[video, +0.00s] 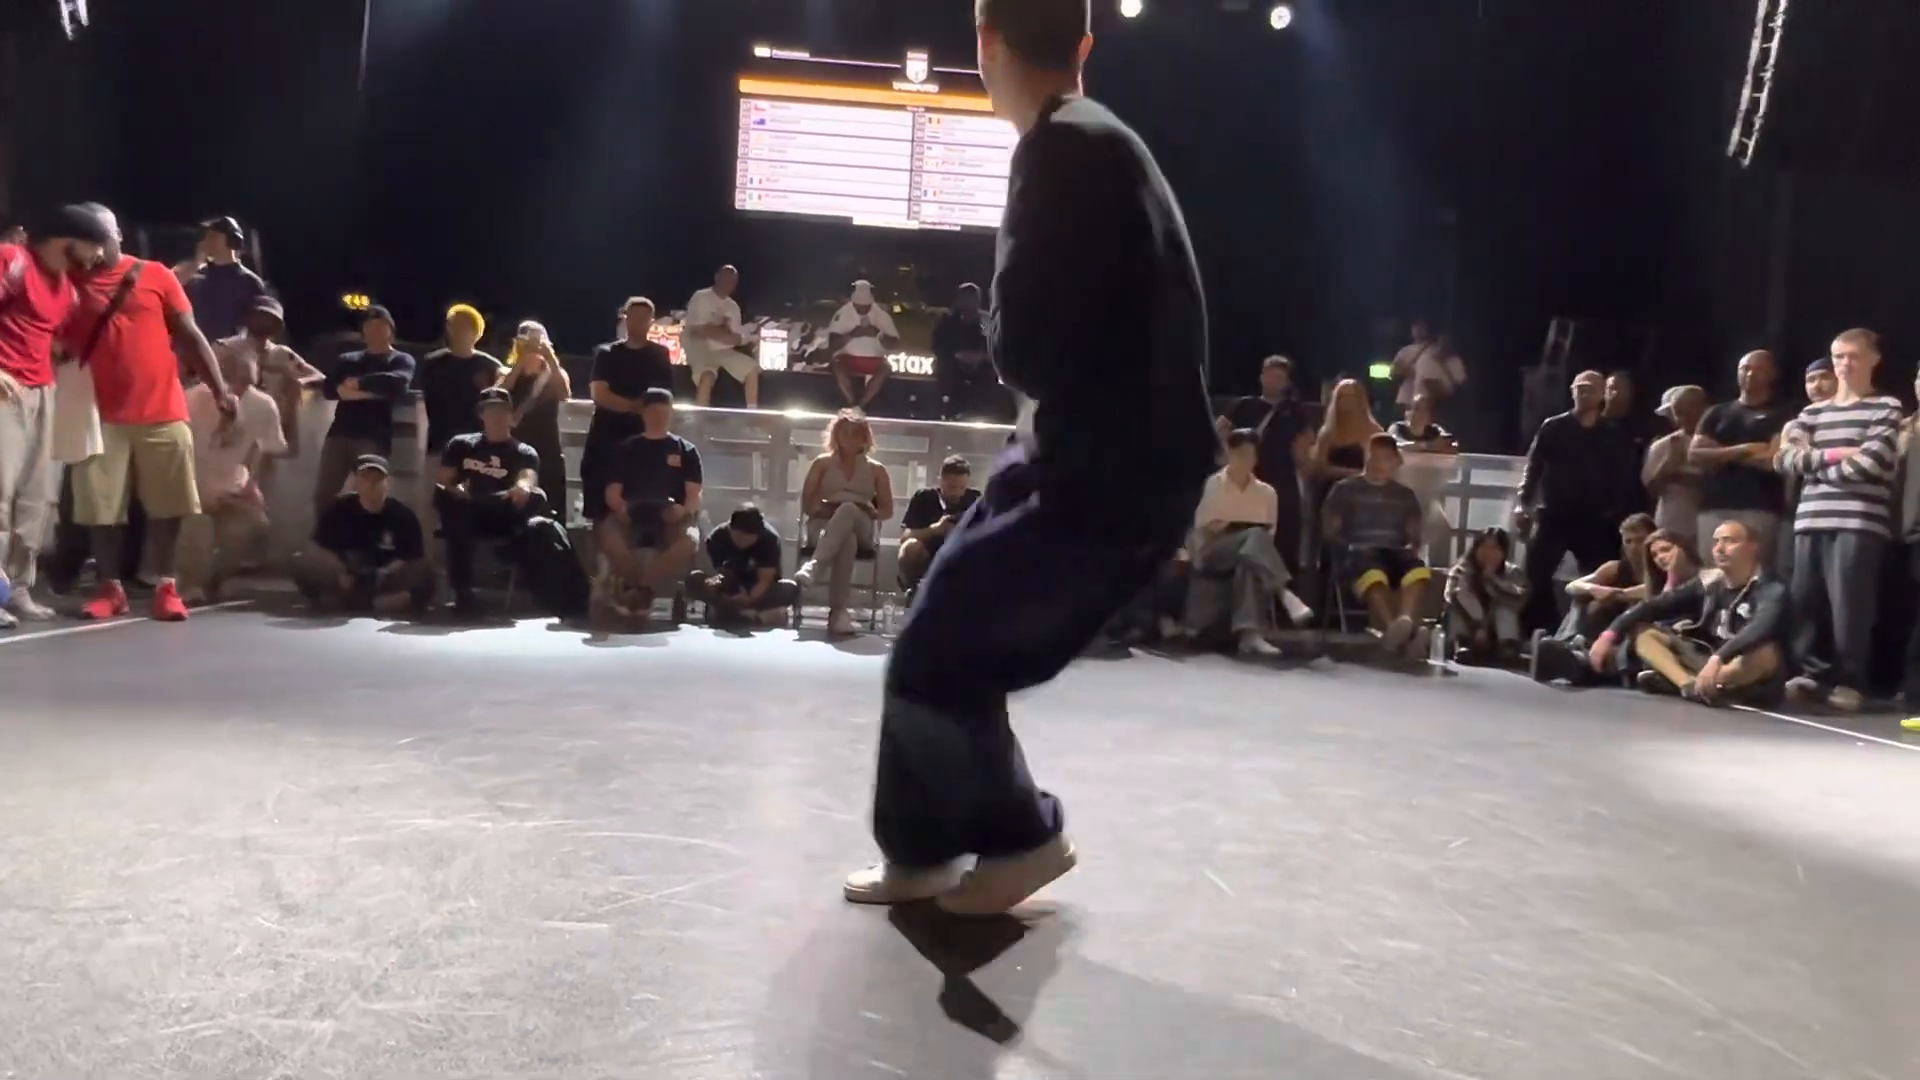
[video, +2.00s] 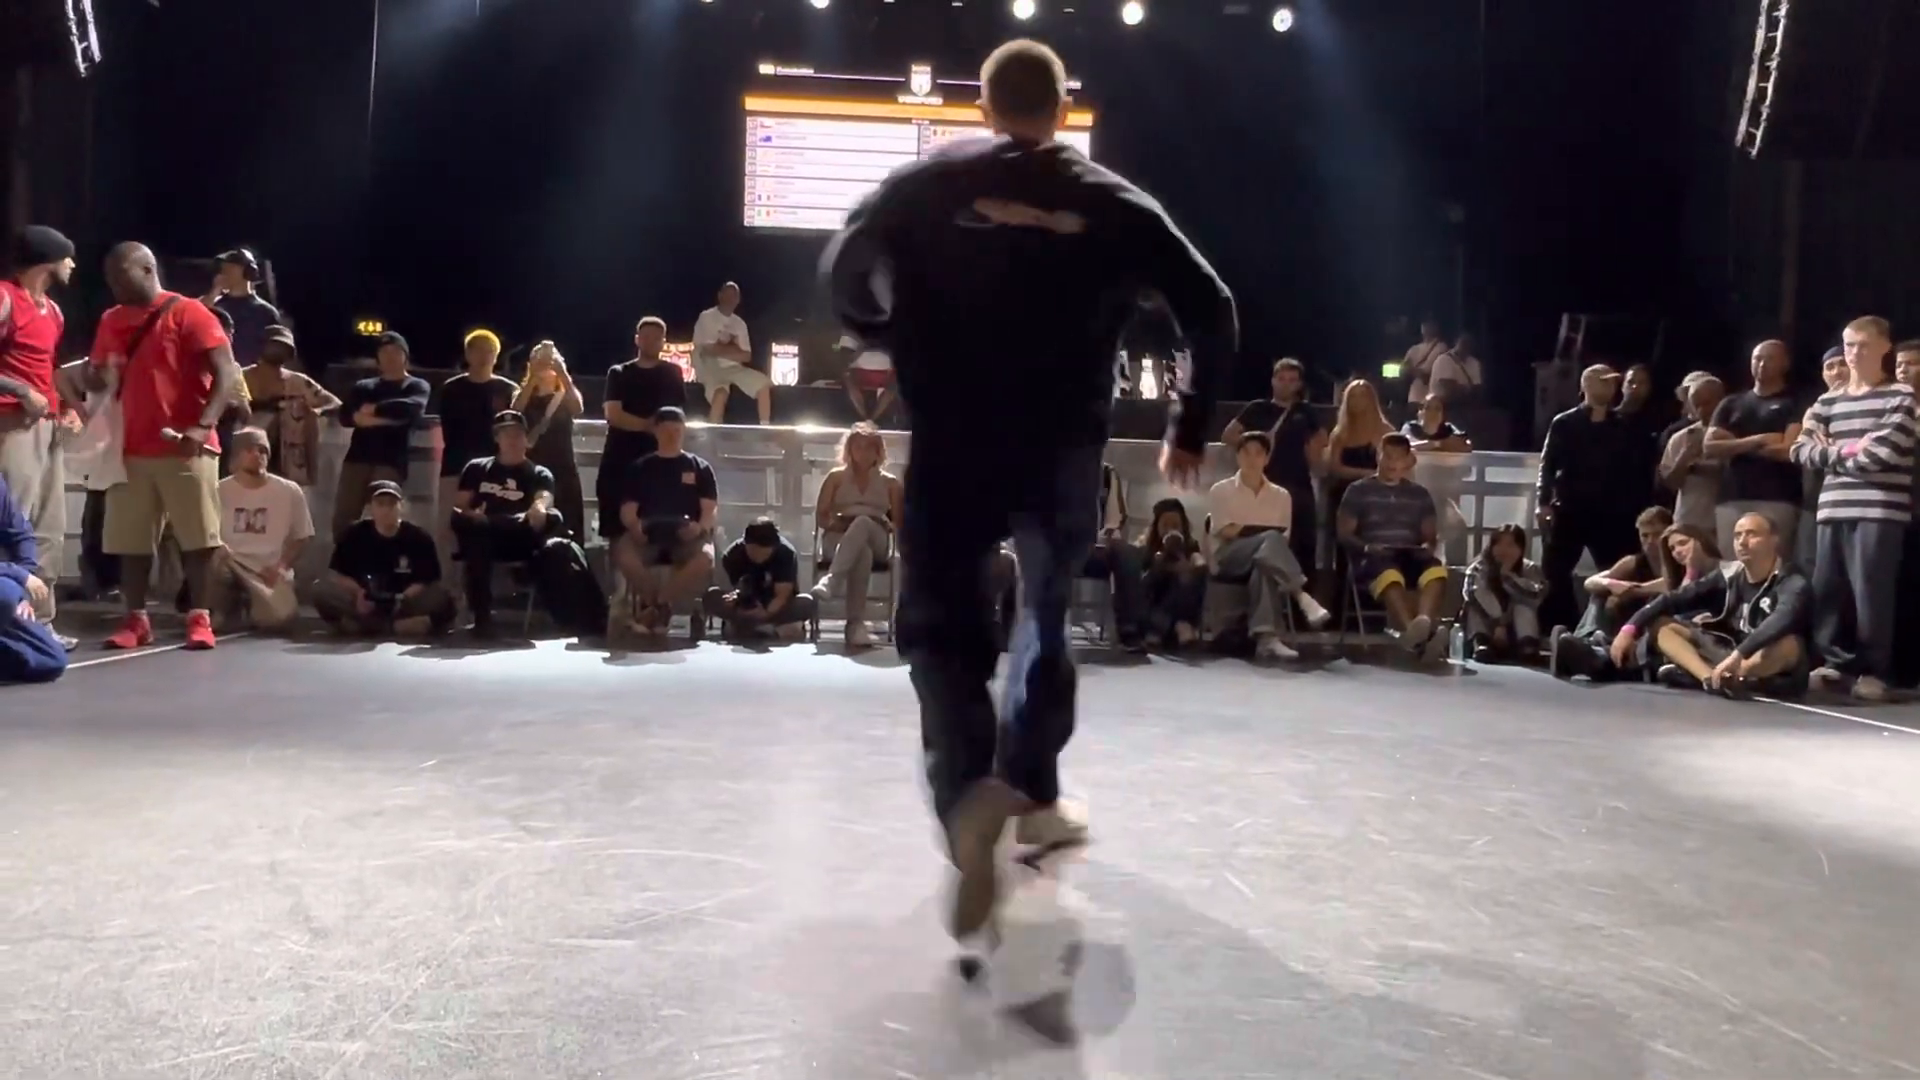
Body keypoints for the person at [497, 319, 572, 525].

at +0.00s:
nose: (535, 350)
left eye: (539, 345)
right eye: (529, 345)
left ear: (546, 347)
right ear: (518, 346)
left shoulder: (552, 375)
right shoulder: (508, 374)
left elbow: (564, 394)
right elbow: (496, 397)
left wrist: (551, 358)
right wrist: (518, 364)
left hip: (548, 449)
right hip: (516, 449)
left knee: (553, 511)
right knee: (516, 510)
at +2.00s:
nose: (546, 369)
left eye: (551, 364)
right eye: (540, 363)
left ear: (559, 367)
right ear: (531, 367)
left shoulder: (566, 395)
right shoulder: (524, 394)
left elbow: (577, 410)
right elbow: (513, 415)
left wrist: (564, 375)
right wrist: (530, 379)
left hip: (562, 465)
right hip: (532, 465)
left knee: (570, 523)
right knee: (532, 521)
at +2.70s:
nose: (553, 358)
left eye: (559, 353)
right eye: (548, 353)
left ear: (567, 357)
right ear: (541, 357)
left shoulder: (581, 389)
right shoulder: (530, 388)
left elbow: (587, 427)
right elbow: (528, 428)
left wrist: (570, 396)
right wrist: (547, 401)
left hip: (571, 459)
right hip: (541, 458)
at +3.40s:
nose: (564, 352)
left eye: (570, 347)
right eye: (559, 346)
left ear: (577, 351)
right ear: (550, 349)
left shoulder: (589, 383)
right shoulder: (538, 382)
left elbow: (601, 426)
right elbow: (533, 425)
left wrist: (579, 414)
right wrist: (552, 416)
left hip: (579, 450)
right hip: (547, 449)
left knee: (585, 509)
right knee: (547, 509)